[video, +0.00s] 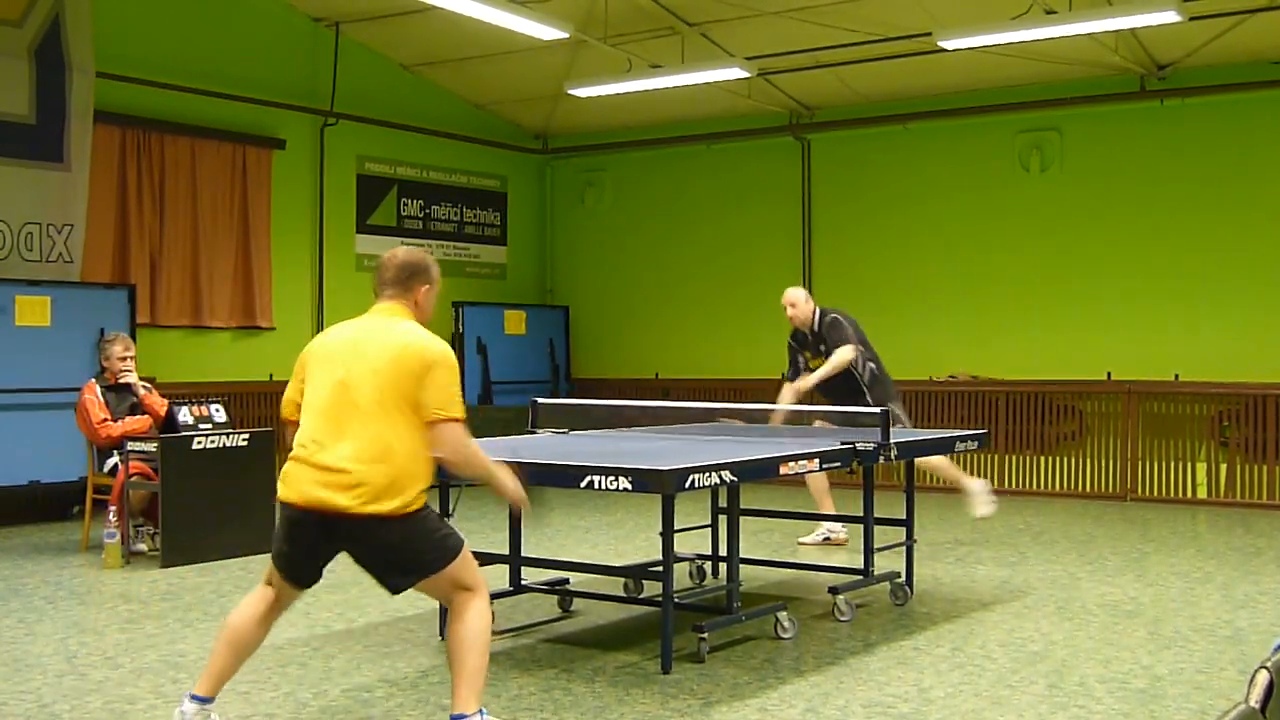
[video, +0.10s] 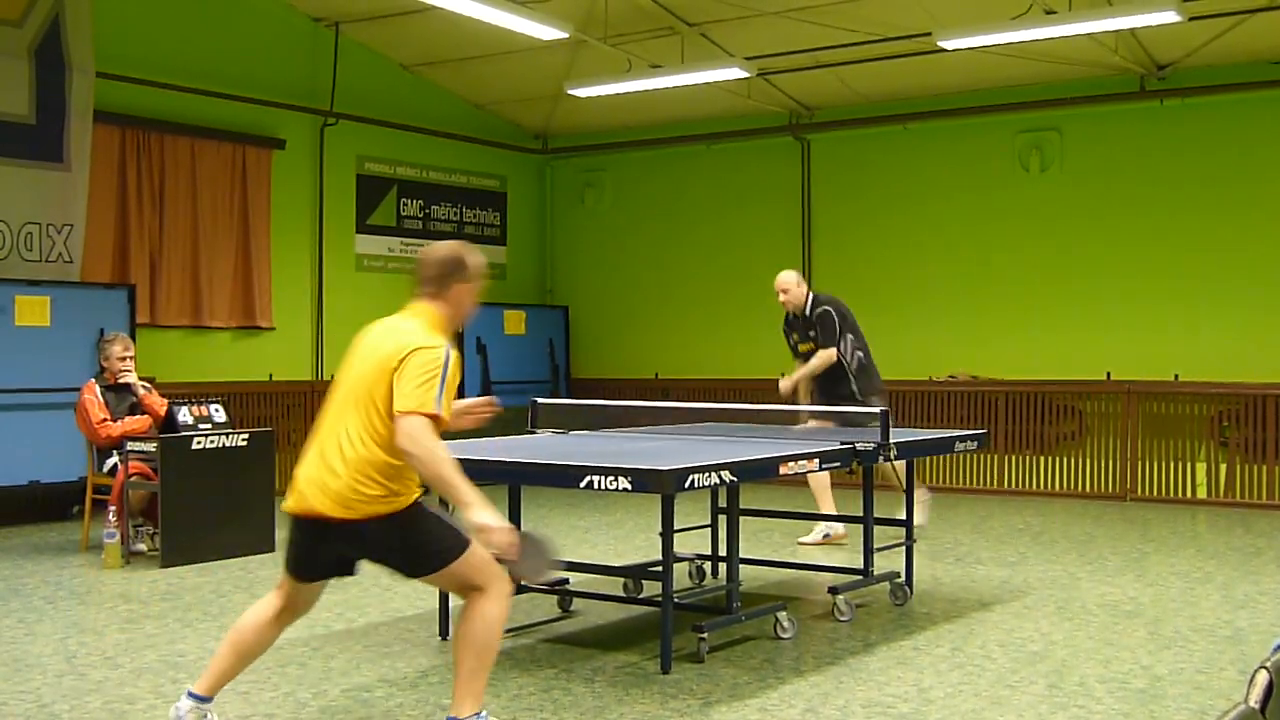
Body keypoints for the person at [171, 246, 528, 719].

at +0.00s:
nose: (435, 301)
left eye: (435, 292)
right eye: (435, 292)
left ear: (379, 290)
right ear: (421, 293)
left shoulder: (324, 341)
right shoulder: (430, 350)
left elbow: (292, 419)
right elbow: (447, 442)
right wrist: (497, 475)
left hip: (305, 499)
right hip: (384, 508)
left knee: (272, 591)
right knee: (468, 592)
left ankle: (198, 700)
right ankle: (467, 713)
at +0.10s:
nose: (478, 297)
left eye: (479, 286)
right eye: (476, 286)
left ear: (429, 283)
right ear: (457, 287)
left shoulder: (377, 331)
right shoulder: (431, 346)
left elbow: (365, 407)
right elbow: (413, 435)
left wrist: (440, 416)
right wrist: (478, 511)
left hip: (315, 502)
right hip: (378, 507)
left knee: (285, 601)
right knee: (490, 584)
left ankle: (195, 700)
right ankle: (467, 714)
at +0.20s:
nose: (520, 294)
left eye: (521, 284)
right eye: (519, 283)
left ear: (473, 277)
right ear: (498, 282)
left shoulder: (429, 320)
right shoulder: (463, 336)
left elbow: (431, 399)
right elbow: (410, 412)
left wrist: (493, 407)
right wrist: (433, 491)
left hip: (343, 492)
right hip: (394, 498)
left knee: (298, 594)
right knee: (513, 584)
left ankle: (200, 694)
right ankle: (471, 713)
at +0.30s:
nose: (584, 277)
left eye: (586, 266)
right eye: (584, 265)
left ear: (540, 257)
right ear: (563, 264)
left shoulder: (520, 303)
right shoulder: (512, 311)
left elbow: (492, 375)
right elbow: (449, 379)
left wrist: (545, 402)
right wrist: (421, 474)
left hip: (405, 469)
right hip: (452, 479)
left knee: (363, 575)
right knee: (538, 593)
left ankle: (254, 666)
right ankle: (474, 715)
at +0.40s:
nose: (616, 260)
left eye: (618, 249)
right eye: (616, 248)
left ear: (574, 239)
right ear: (593, 245)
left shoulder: (538, 279)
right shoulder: (547, 293)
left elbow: (502, 366)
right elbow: (480, 368)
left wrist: (555, 406)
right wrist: (452, 468)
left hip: (449, 458)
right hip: (487, 468)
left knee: (431, 570)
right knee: (540, 591)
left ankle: (323, 656)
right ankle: (474, 714)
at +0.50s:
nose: (659, 238)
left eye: (661, 226)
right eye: (658, 224)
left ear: (615, 215)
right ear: (632, 218)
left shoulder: (571, 258)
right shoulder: (588, 269)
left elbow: (535, 352)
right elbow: (548, 360)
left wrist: (560, 437)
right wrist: (546, 466)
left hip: (507, 440)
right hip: (520, 447)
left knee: (531, 576)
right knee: (537, 584)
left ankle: (457, 669)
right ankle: (477, 709)